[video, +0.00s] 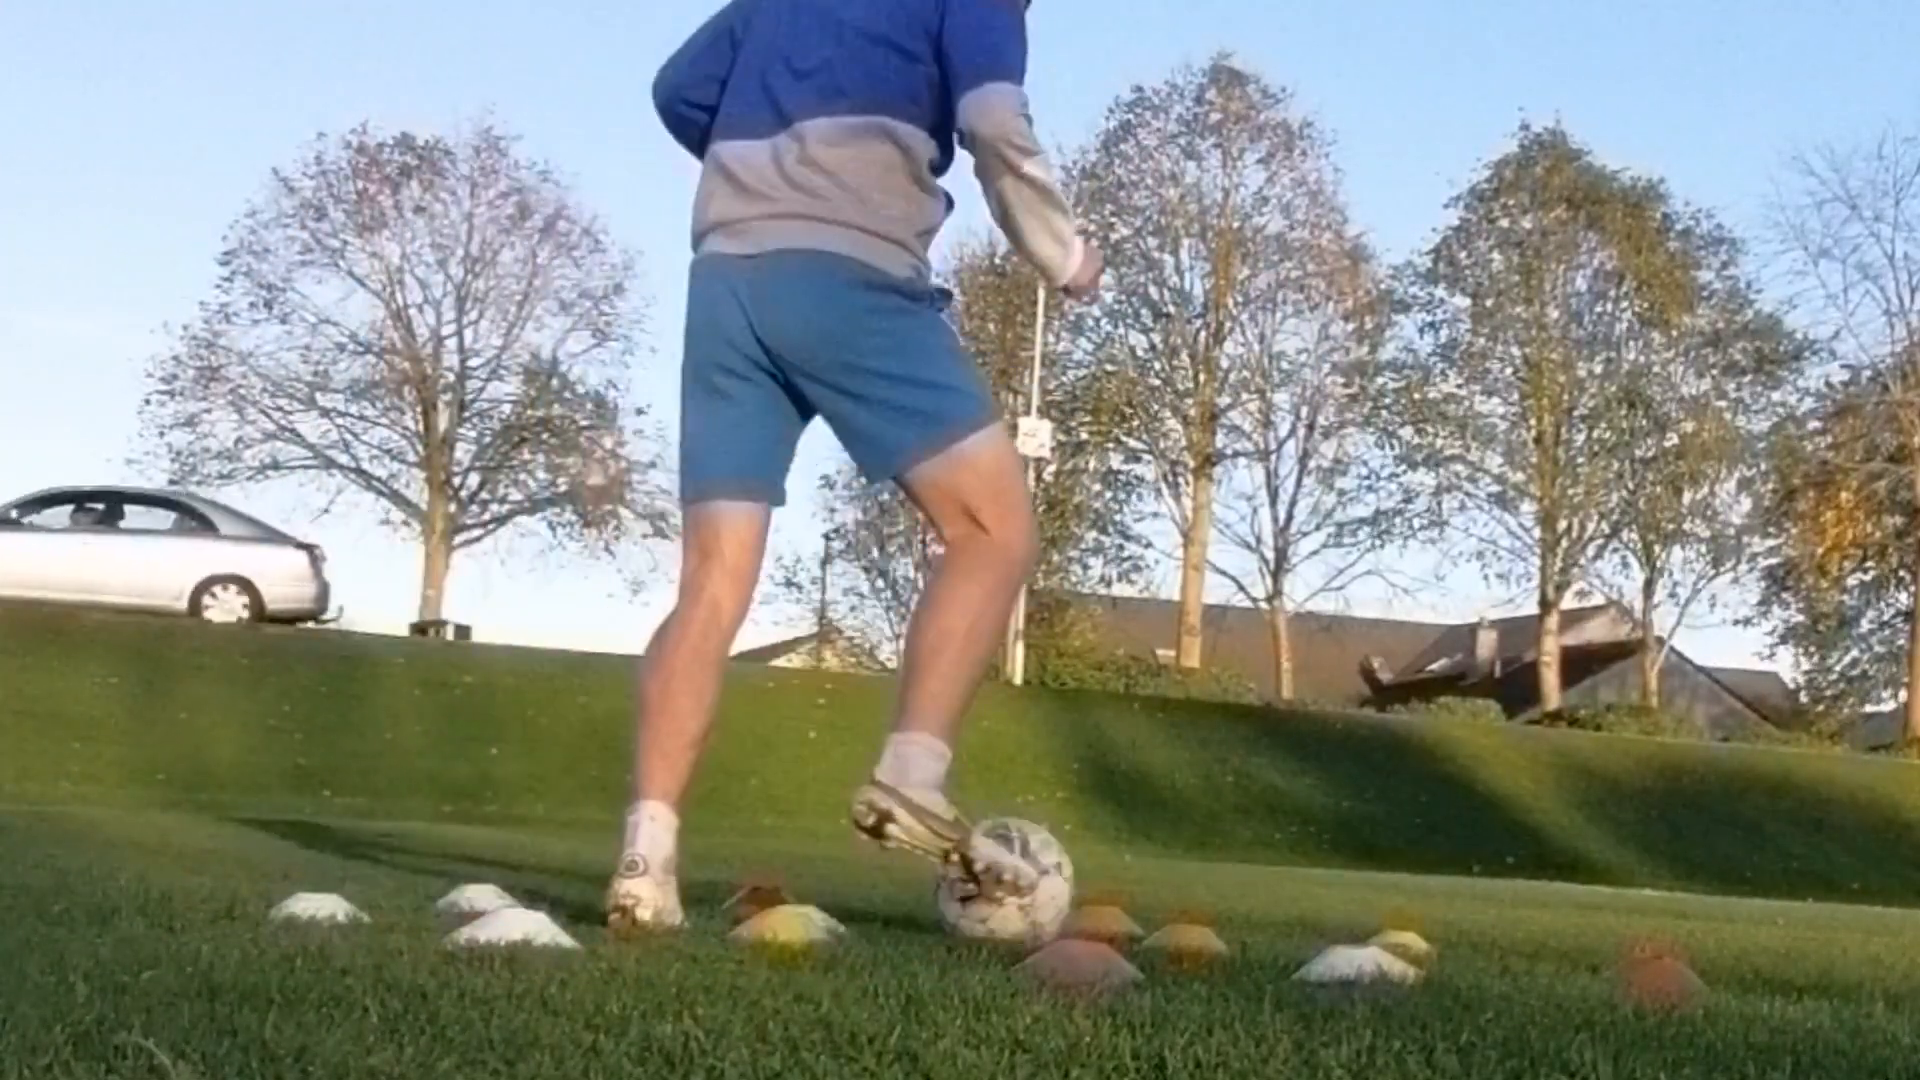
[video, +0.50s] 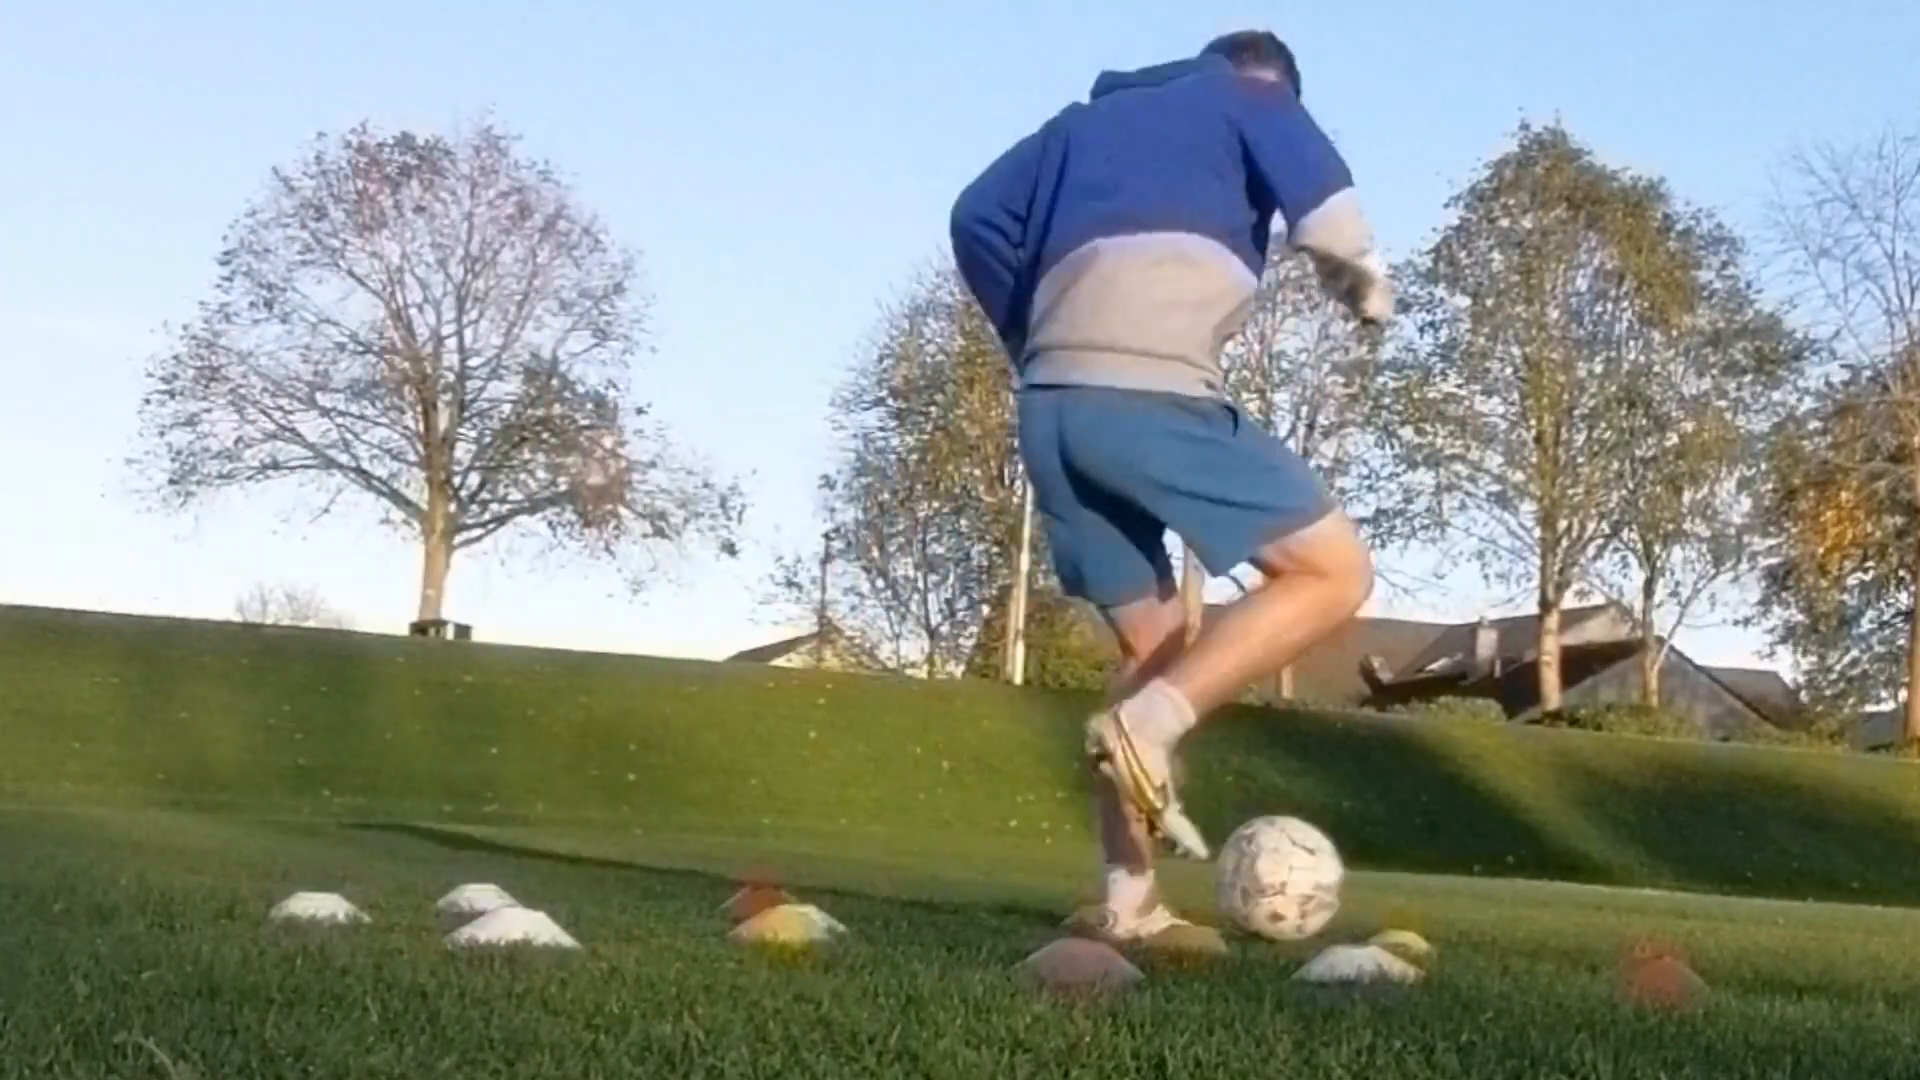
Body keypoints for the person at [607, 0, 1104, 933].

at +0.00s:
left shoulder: (772, 5)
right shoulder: (970, 5)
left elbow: (677, 89)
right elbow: (991, 121)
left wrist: (766, 172)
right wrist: (1066, 256)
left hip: (723, 284)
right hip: (852, 281)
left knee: (710, 585)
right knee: (994, 532)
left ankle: (645, 859)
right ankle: (911, 776)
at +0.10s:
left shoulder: (841, 16)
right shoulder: (1029, 4)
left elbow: (768, 128)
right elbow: (1027, 98)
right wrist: (1092, 227)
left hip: (792, 296)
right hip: (922, 289)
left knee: (750, 574)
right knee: (1055, 534)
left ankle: (652, 821)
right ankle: (994, 792)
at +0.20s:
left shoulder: (901, 33)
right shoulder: (1090, 6)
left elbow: (805, 164)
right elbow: (1094, 89)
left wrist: (910, 233)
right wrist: (1148, 230)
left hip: (879, 333)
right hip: (1007, 331)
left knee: (860, 562)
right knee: (1034, 607)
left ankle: (737, 766)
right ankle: (912, 871)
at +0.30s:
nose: (1173, 32)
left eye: (1175, 22)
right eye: (1172, 19)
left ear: (1041, 3)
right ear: (1139, 5)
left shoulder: (953, 57)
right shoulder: (1154, 44)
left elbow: (867, 157)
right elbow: (1208, 169)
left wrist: (925, 292)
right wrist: (1249, 276)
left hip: (942, 347)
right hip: (1059, 348)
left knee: (960, 595)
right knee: (1029, 620)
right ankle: (905, 877)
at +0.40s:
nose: (1230, 55)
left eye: (1230, 47)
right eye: (1232, 44)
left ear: (1145, 13)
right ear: (1206, 24)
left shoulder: (1015, 60)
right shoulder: (1212, 50)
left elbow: (942, 120)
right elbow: (1294, 186)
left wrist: (986, 272)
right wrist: (1315, 268)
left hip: (985, 351)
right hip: (1098, 355)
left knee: (1067, 590)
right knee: (1170, 607)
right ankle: (1002, 786)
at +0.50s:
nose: (1280, 118)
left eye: (1282, 104)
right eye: (1280, 101)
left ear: (1201, 64)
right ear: (1260, 76)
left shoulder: (1081, 120)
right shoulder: (1250, 97)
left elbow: (978, 217)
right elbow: (1330, 225)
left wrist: (1042, 347)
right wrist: (1361, 286)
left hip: (1049, 411)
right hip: (1158, 402)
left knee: (1157, 648)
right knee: (1333, 574)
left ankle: (1127, 904)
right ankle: (1147, 724)